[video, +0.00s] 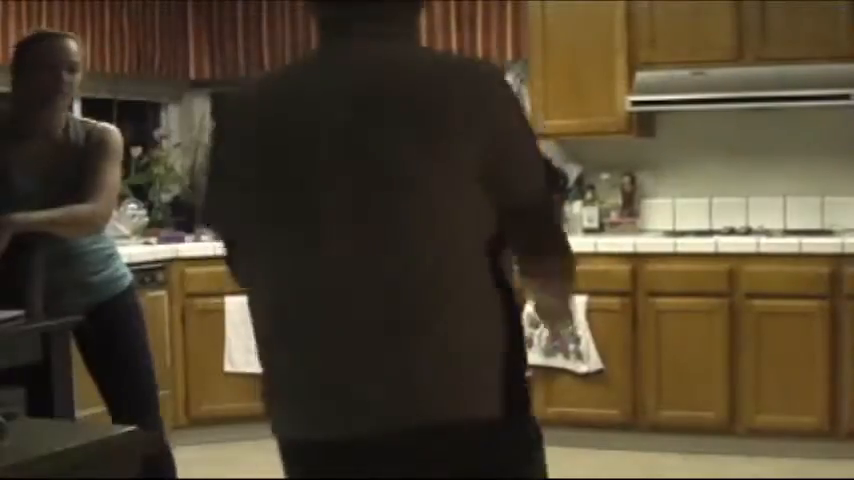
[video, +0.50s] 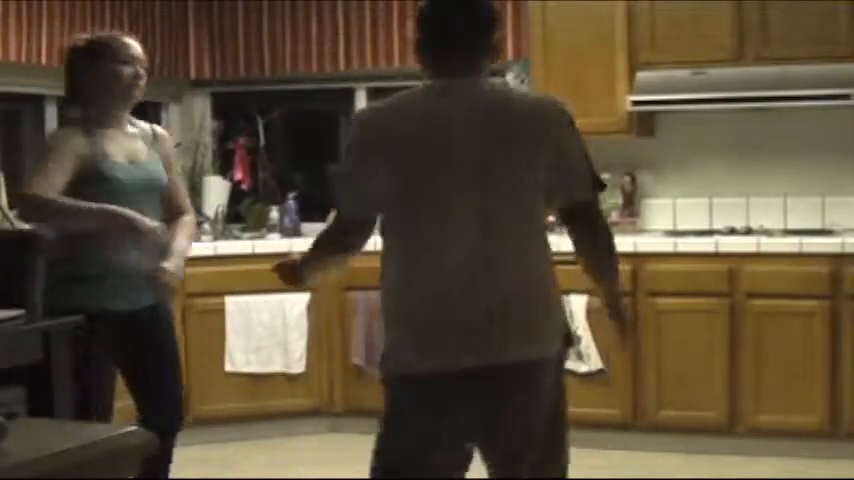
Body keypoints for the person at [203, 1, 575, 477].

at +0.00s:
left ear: (318, 13)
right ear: (415, 10)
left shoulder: (251, 109)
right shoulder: (474, 90)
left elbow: (243, 262)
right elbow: (543, 249)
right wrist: (555, 311)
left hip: (318, 429)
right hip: (465, 417)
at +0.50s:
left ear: (420, 47)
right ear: (494, 45)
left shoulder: (380, 125)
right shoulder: (542, 118)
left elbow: (350, 227)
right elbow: (585, 221)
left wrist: (305, 268)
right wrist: (612, 293)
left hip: (425, 364)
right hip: (525, 362)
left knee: (407, 473)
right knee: (533, 472)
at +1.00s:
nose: (517, 62)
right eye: (519, 55)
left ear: (460, 57)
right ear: (520, 56)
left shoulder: (419, 119)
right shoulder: (557, 116)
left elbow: (392, 214)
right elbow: (588, 209)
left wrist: (324, 241)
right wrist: (552, 221)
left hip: (440, 319)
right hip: (525, 318)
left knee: (433, 456)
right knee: (541, 439)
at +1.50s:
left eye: (553, 64)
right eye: (598, 63)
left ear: (548, 65)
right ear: (600, 64)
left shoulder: (514, 125)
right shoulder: (639, 123)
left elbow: (486, 194)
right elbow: (664, 195)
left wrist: (444, 165)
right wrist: (620, 181)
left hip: (533, 300)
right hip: (606, 298)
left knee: (517, 427)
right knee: (604, 406)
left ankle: (525, 477)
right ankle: (580, 476)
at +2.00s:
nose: (574, 84)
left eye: (576, 73)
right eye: (575, 74)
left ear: (590, 74)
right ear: (630, 76)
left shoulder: (586, 131)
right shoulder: (677, 129)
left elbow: (568, 219)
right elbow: (669, 211)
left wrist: (521, 200)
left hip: (621, 305)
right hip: (680, 302)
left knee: (554, 408)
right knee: (651, 433)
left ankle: (615, 473)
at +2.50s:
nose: (512, 89)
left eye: (516, 77)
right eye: (513, 77)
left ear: (532, 75)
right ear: (569, 76)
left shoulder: (526, 128)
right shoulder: (621, 130)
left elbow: (500, 213)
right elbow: (647, 206)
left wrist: (426, 217)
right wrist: (579, 216)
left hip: (568, 308)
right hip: (625, 302)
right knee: (578, 432)